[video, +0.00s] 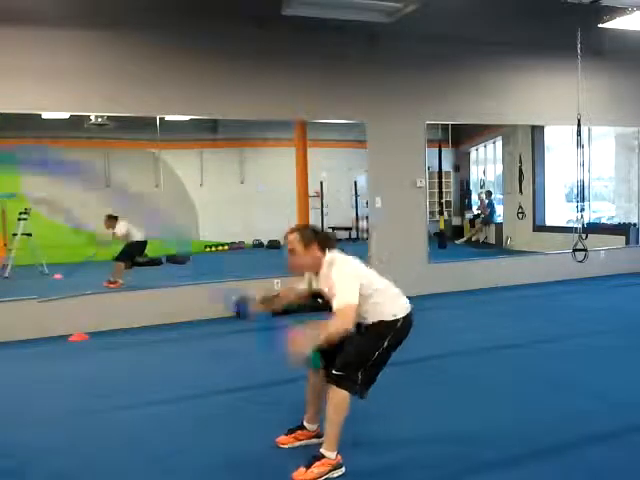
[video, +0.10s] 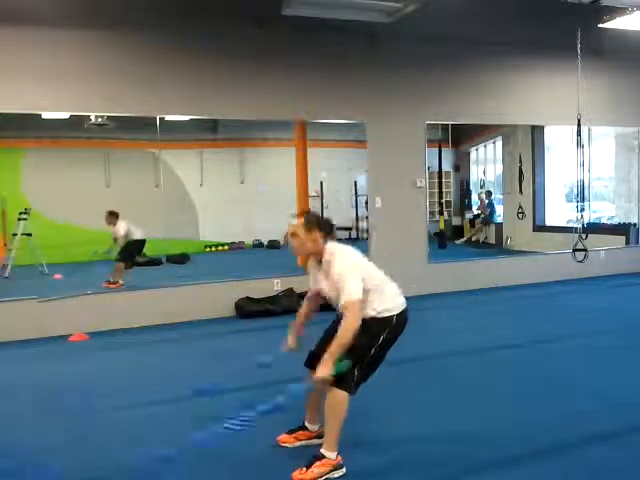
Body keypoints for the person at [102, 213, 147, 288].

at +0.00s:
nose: (105, 225)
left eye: (106, 223)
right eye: (105, 223)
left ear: (111, 221)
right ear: (113, 221)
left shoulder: (120, 225)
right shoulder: (121, 225)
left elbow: (121, 235)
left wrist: (115, 234)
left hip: (136, 241)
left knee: (120, 260)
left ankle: (117, 281)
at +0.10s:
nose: (106, 220)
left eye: (107, 218)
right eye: (106, 218)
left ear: (112, 218)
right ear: (114, 218)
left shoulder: (120, 225)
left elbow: (121, 238)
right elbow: (114, 242)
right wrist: (108, 251)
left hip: (136, 239)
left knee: (121, 259)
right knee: (121, 260)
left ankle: (118, 280)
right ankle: (115, 280)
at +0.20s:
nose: (111, 208)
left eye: (113, 206)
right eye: (112, 206)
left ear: (118, 207)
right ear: (120, 207)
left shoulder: (123, 215)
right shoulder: (122, 214)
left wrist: (112, 227)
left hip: (133, 238)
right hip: (133, 237)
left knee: (117, 258)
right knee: (118, 258)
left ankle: (117, 280)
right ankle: (116, 280)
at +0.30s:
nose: (114, 205)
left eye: (115, 203)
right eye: (115, 203)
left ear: (119, 202)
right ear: (123, 201)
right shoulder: (126, 210)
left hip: (129, 236)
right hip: (133, 236)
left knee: (115, 257)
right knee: (121, 260)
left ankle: (114, 279)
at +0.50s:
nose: (99, 218)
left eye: (100, 216)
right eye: (99, 216)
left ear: (103, 215)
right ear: (107, 214)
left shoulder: (112, 219)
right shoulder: (111, 220)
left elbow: (117, 223)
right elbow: (93, 218)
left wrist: (115, 235)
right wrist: (89, 210)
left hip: (129, 240)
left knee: (113, 259)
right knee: (116, 261)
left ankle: (108, 281)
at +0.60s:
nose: (96, 225)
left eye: (97, 223)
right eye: (97, 223)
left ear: (101, 223)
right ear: (105, 222)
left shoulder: (109, 227)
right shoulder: (111, 226)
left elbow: (108, 240)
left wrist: (101, 246)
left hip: (128, 241)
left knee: (111, 260)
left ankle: (108, 281)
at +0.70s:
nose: (97, 218)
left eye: (98, 215)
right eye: (97, 216)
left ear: (103, 216)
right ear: (105, 216)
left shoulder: (112, 222)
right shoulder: (110, 222)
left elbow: (115, 236)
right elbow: (111, 237)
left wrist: (109, 250)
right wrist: (108, 249)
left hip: (128, 239)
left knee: (111, 259)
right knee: (111, 260)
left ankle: (109, 281)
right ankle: (108, 281)